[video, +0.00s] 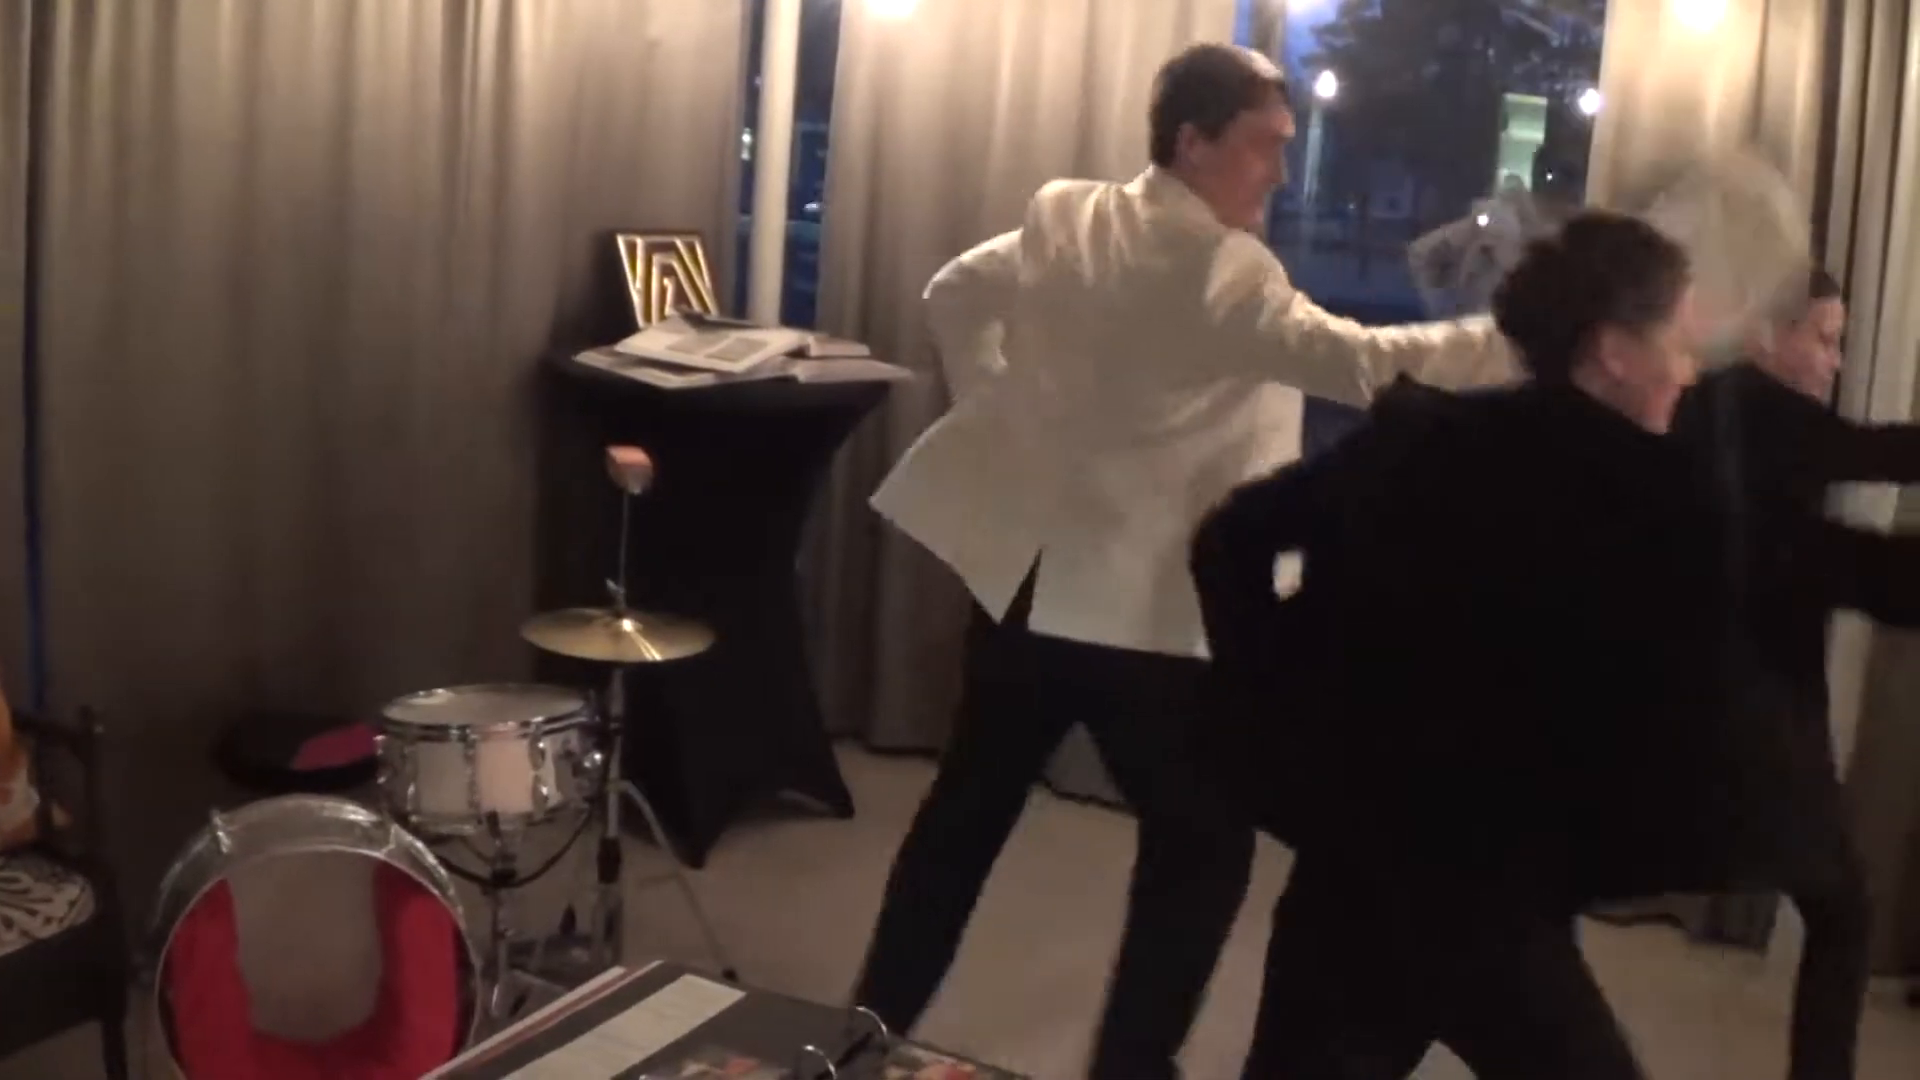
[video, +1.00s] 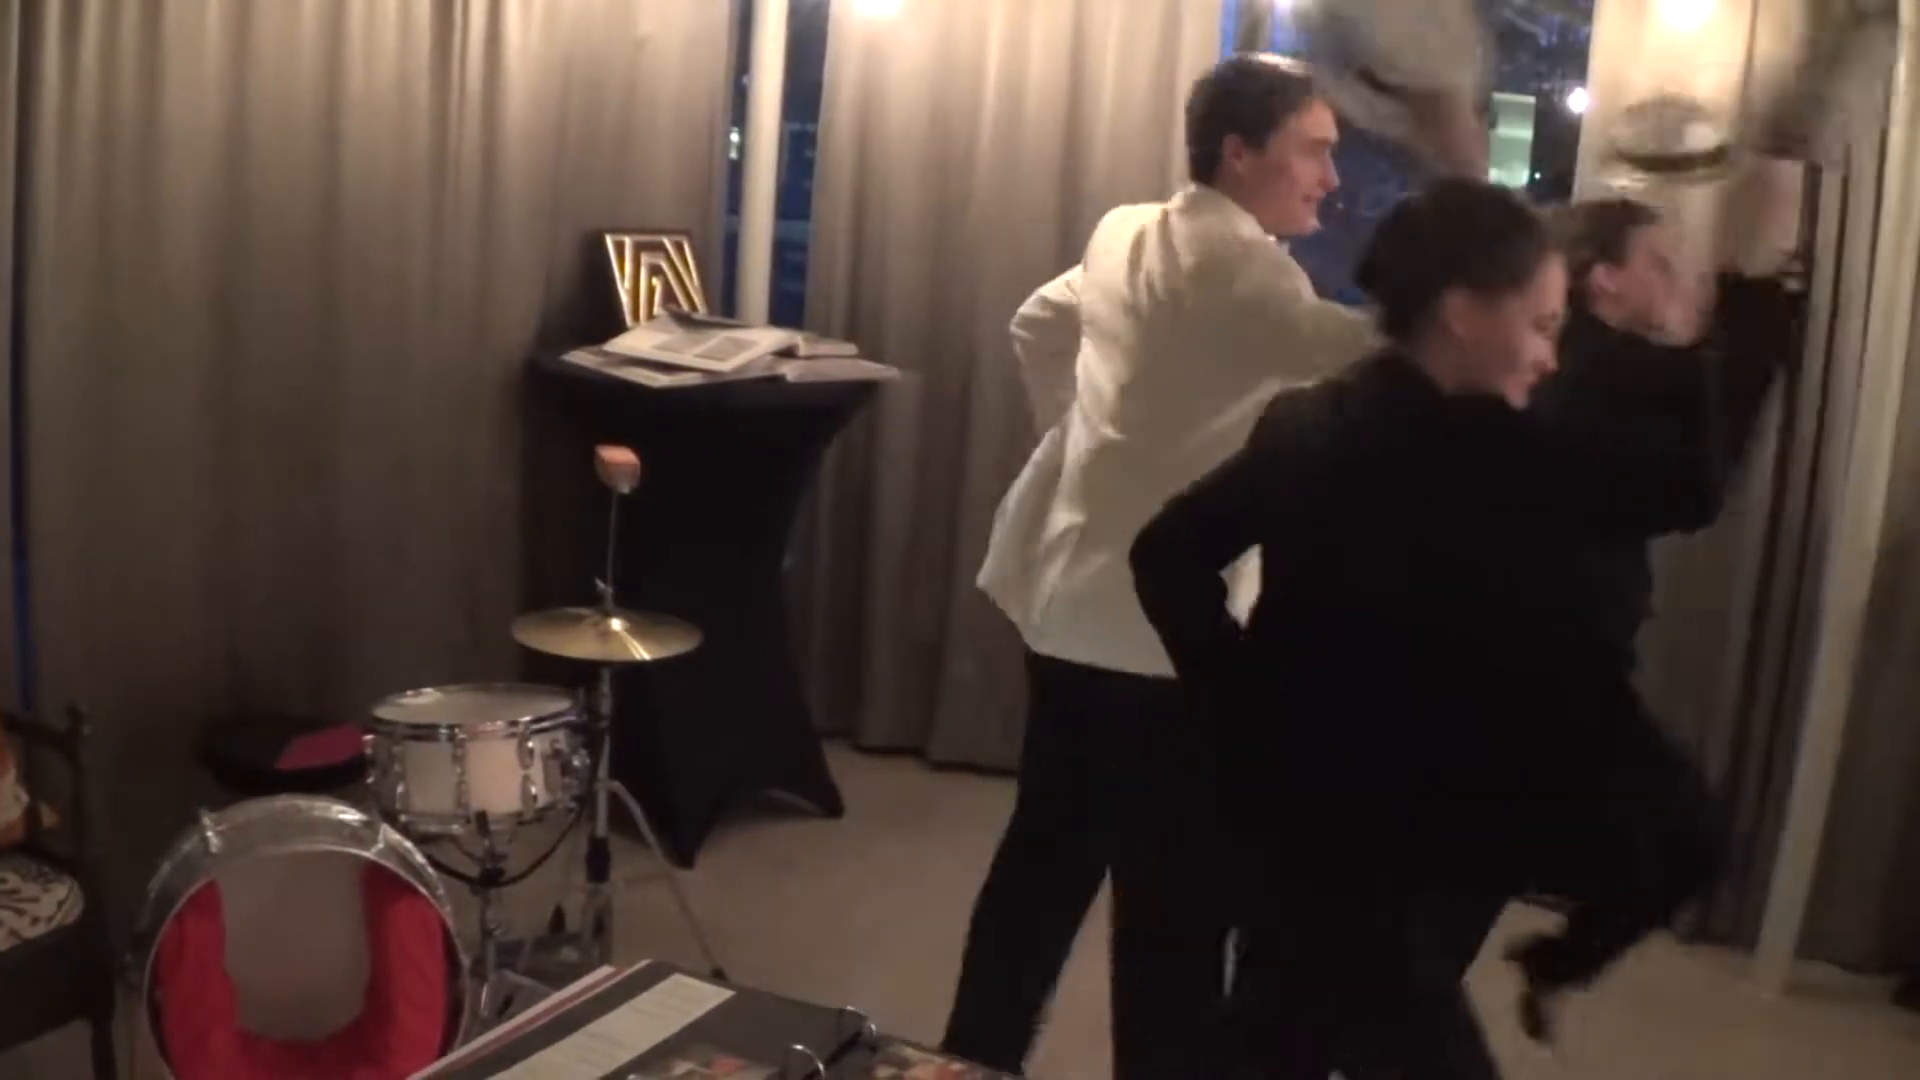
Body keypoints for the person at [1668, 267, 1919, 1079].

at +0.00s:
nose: (1835, 358)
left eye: (1838, 340)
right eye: (1825, 339)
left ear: (1778, 341)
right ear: (1776, 336)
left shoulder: (1713, 405)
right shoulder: (1777, 416)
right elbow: (1877, 451)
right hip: (1762, 725)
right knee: (1839, 912)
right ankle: (1821, 1068)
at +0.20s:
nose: (1773, 423)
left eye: (1776, 395)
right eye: (1769, 395)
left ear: (1628, 384)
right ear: (1718, 399)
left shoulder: (1501, 487)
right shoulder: (1760, 547)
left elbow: (1350, 619)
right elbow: (1895, 646)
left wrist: (1386, 804)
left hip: (1412, 913)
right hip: (1575, 952)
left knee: (1315, 1067)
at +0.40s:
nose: (1803, 453)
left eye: (1809, 429)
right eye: (1803, 428)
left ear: (1658, 405)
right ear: (1754, 430)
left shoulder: (1531, 509)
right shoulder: (1800, 570)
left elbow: (1374, 644)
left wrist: (1406, 833)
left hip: (1421, 943)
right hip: (1601, 987)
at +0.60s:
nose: (1773, 441)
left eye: (1775, 414)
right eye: (1769, 414)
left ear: (1625, 400)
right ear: (1722, 418)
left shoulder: (1493, 509)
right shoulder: (1775, 554)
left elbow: (1318, 646)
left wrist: (1387, 826)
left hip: (1414, 940)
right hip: (1587, 975)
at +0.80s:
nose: (1677, 383)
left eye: (1680, 358)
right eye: (1670, 358)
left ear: (1520, 351)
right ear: (1607, 362)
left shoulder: (1390, 467)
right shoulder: (1684, 487)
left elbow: (1209, 604)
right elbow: (1889, 476)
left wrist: (1307, 776)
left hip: (1346, 898)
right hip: (1518, 926)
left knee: (1214, 1065)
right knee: (1610, 1062)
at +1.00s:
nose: (1551, 358)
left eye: (1555, 330)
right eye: (1539, 326)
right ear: (1459, 312)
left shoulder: (1312, 428)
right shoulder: (1519, 459)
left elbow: (1170, 555)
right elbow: (1686, 490)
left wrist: (1238, 711)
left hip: (1303, 810)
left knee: (1275, 1040)